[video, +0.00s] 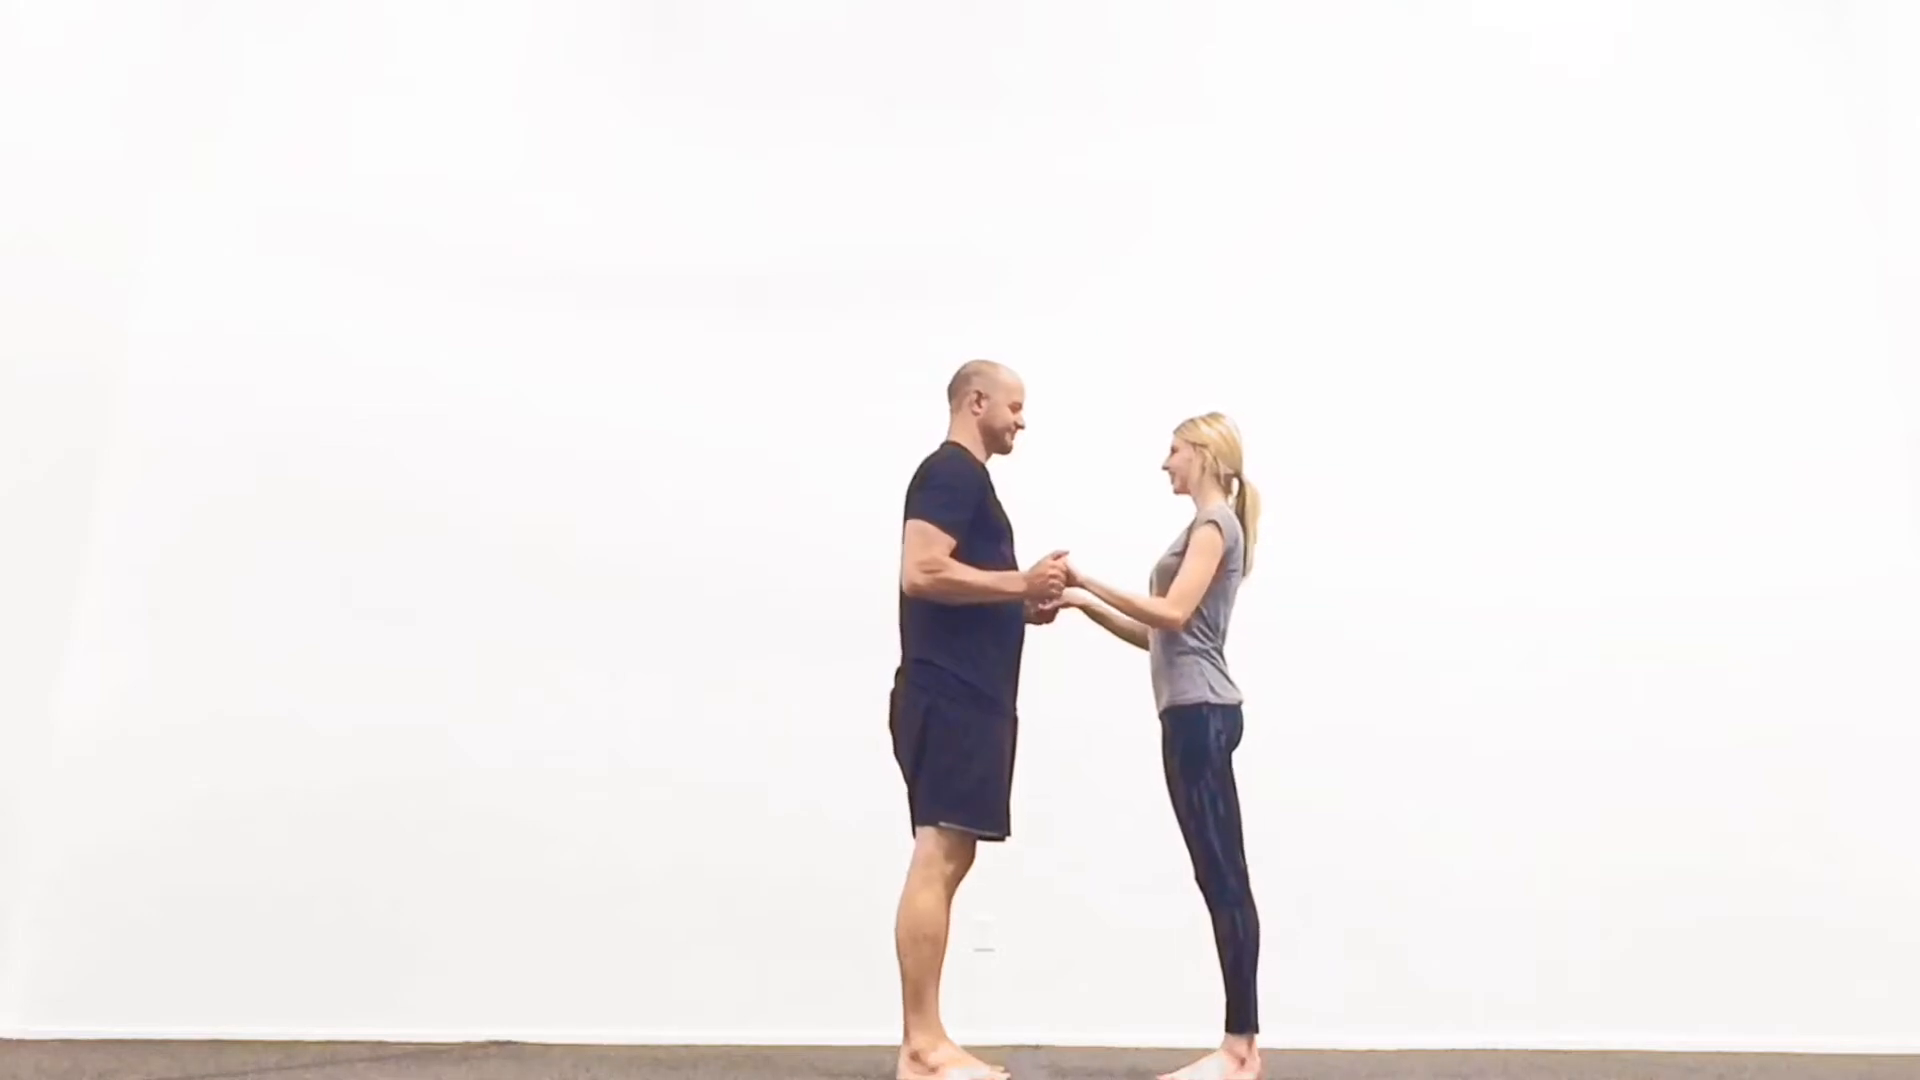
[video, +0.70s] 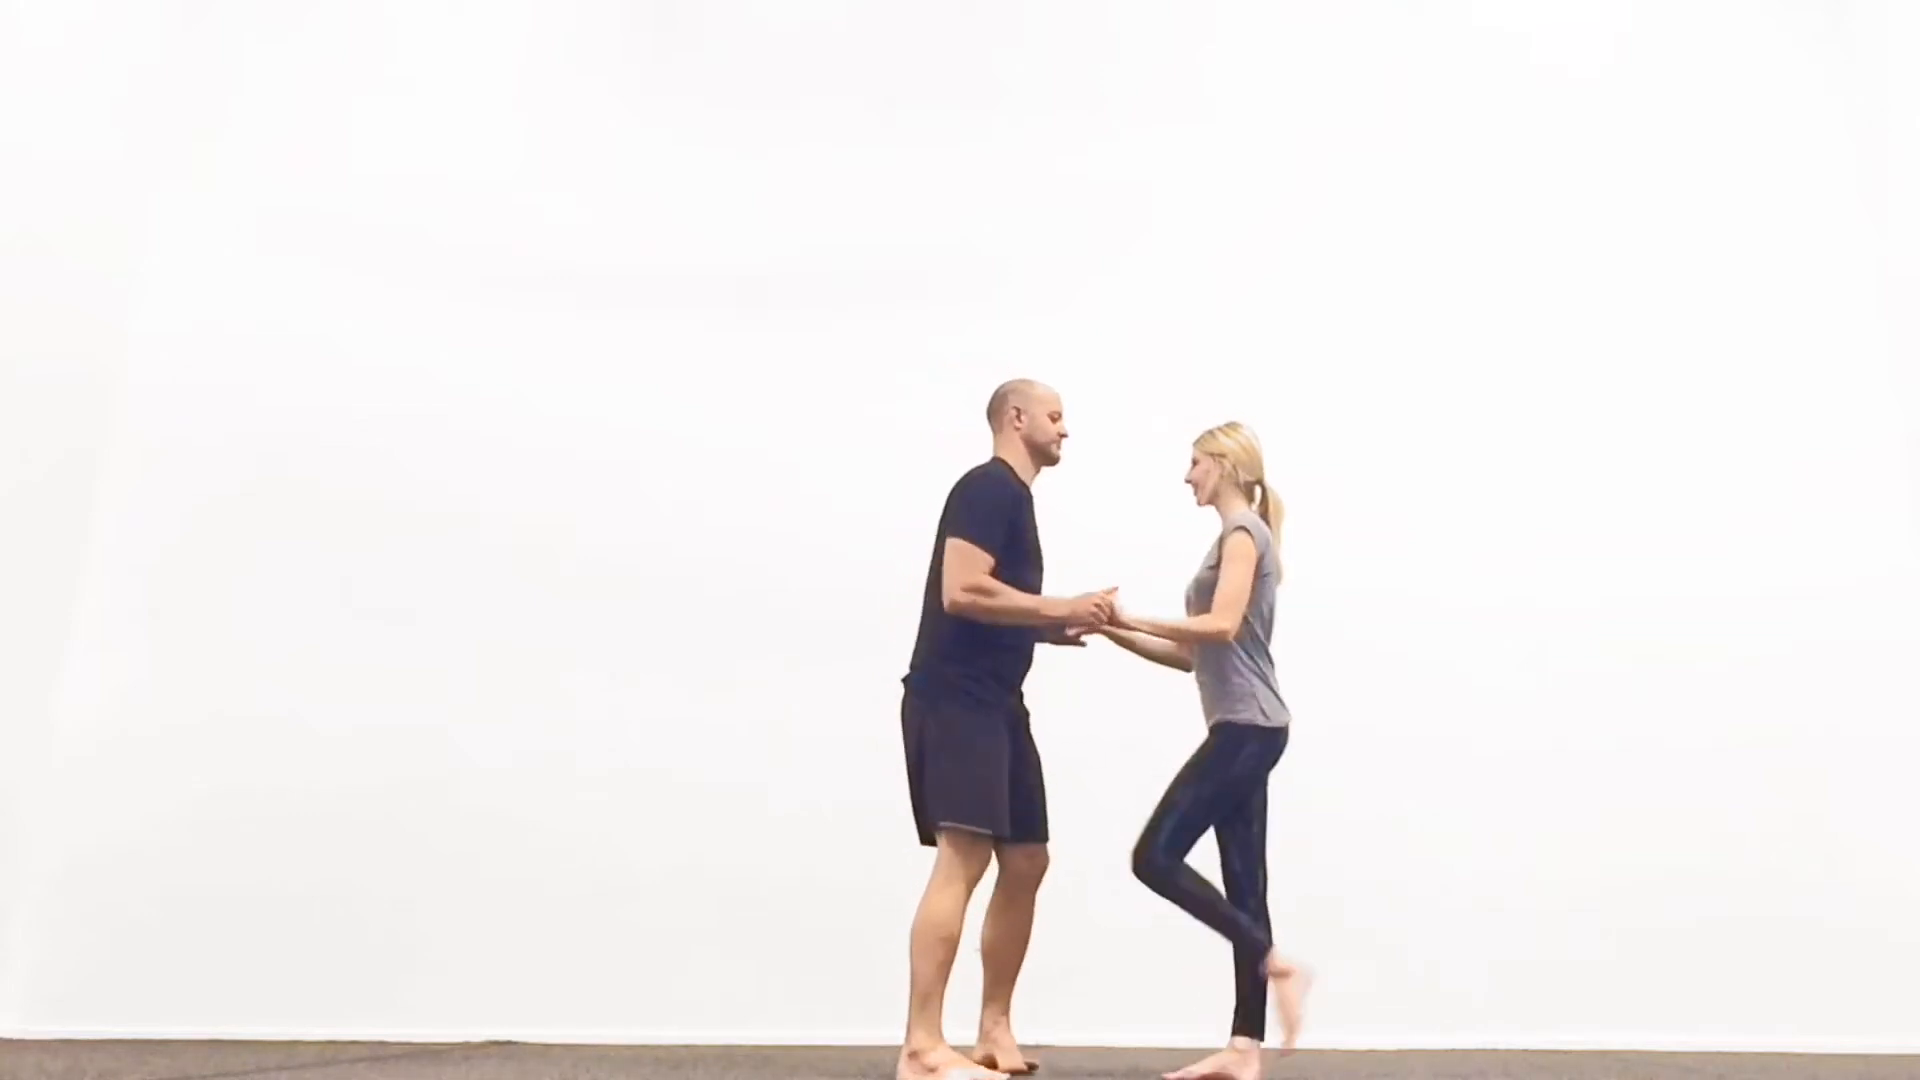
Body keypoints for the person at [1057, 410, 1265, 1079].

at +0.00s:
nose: (1165, 462)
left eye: (1174, 450)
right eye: (1169, 451)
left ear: (1205, 456)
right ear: (1210, 459)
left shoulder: (1212, 523)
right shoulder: (1206, 530)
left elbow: (1174, 612)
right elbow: (1157, 638)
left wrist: (1085, 582)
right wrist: (1085, 602)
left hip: (1198, 708)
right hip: (1192, 709)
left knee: (1220, 878)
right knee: (1220, 879)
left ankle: (1239, 1047)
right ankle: (1241, 1044)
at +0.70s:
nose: (1188, 473)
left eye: (1195, 461)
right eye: (1191, 462)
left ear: (1223, 465)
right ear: (1227, 468)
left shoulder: (1243, 531)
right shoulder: (1237, 542)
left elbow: (1224, 624)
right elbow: (1191, 655)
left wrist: (1131, 620)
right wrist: (1109, 633)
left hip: (1246, 726)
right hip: (1245, 725)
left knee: (1153, 859)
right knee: (1245, 890)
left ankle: (1277, 966)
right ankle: (1243, 1049)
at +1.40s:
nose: (1359, 493)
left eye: (1367, 481)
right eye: (1360, 483)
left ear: (1401, 484)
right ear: (1396, 487)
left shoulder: (1431, 553)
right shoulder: (1377, 565)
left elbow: (1447, 652)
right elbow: (1295, 590)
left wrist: (1454, 748)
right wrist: (1253, 530)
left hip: (1429, 740)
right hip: (1377, 746)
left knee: (1486, 892)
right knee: (1318, 880)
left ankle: (1531, 1049)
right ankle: (1239, 1021)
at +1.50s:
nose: (1362, 494)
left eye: (1370, 482)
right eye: (1363, 484)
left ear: (1405, 484)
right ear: (1399, 486)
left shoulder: (1433, 553)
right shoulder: (1381, 565)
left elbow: (1441, 651)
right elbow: (1299, 598)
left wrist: (1440, 747)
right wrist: (1250, 542)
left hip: (1424, 741)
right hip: (1373, 745)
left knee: (1480, 890)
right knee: (1305, 873)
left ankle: (1529, 1049)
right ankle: (1232, 1016)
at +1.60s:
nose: (1345, 494)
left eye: (1352, 482)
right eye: (1346, 484)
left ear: (1386, 483)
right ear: (1379, 486)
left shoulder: (1415, 554)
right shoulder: (1367, 563)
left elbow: (1416, 648)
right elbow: (1288, 604)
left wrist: (1401, 742)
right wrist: (1235, 551)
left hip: (1411, 734)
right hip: (1361, 741)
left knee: (1469, 885)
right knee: (1294, 871)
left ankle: (1528, 1046)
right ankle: (1226, 1021)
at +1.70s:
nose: (1313, 490)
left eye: (1320, 478)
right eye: (1313, 480)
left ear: (1351, 479)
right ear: (1348, 481)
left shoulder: (1379, 545)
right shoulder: (1336, 556)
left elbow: (1377, 644)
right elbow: (1256, 600)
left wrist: (1354, 736)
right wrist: (1204, 549)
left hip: (1373, 730)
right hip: (1325, 737)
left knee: (1433, 880)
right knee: (1277, 878)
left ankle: (1517, 1033)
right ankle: (1232, 1041)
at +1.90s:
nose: (1222, 474)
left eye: (1229, 463)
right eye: (1223, 464)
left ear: (1259, 466)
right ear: (1257, 467)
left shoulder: (1278, 530)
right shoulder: (1249, 538)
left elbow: (1289, 618)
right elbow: (1170, 571)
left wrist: (1270, 712)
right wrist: (1129, 524)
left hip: (1265, 719)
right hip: (1239, 722)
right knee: (1234, 881)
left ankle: (1383, 979)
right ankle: (1233, 1042)